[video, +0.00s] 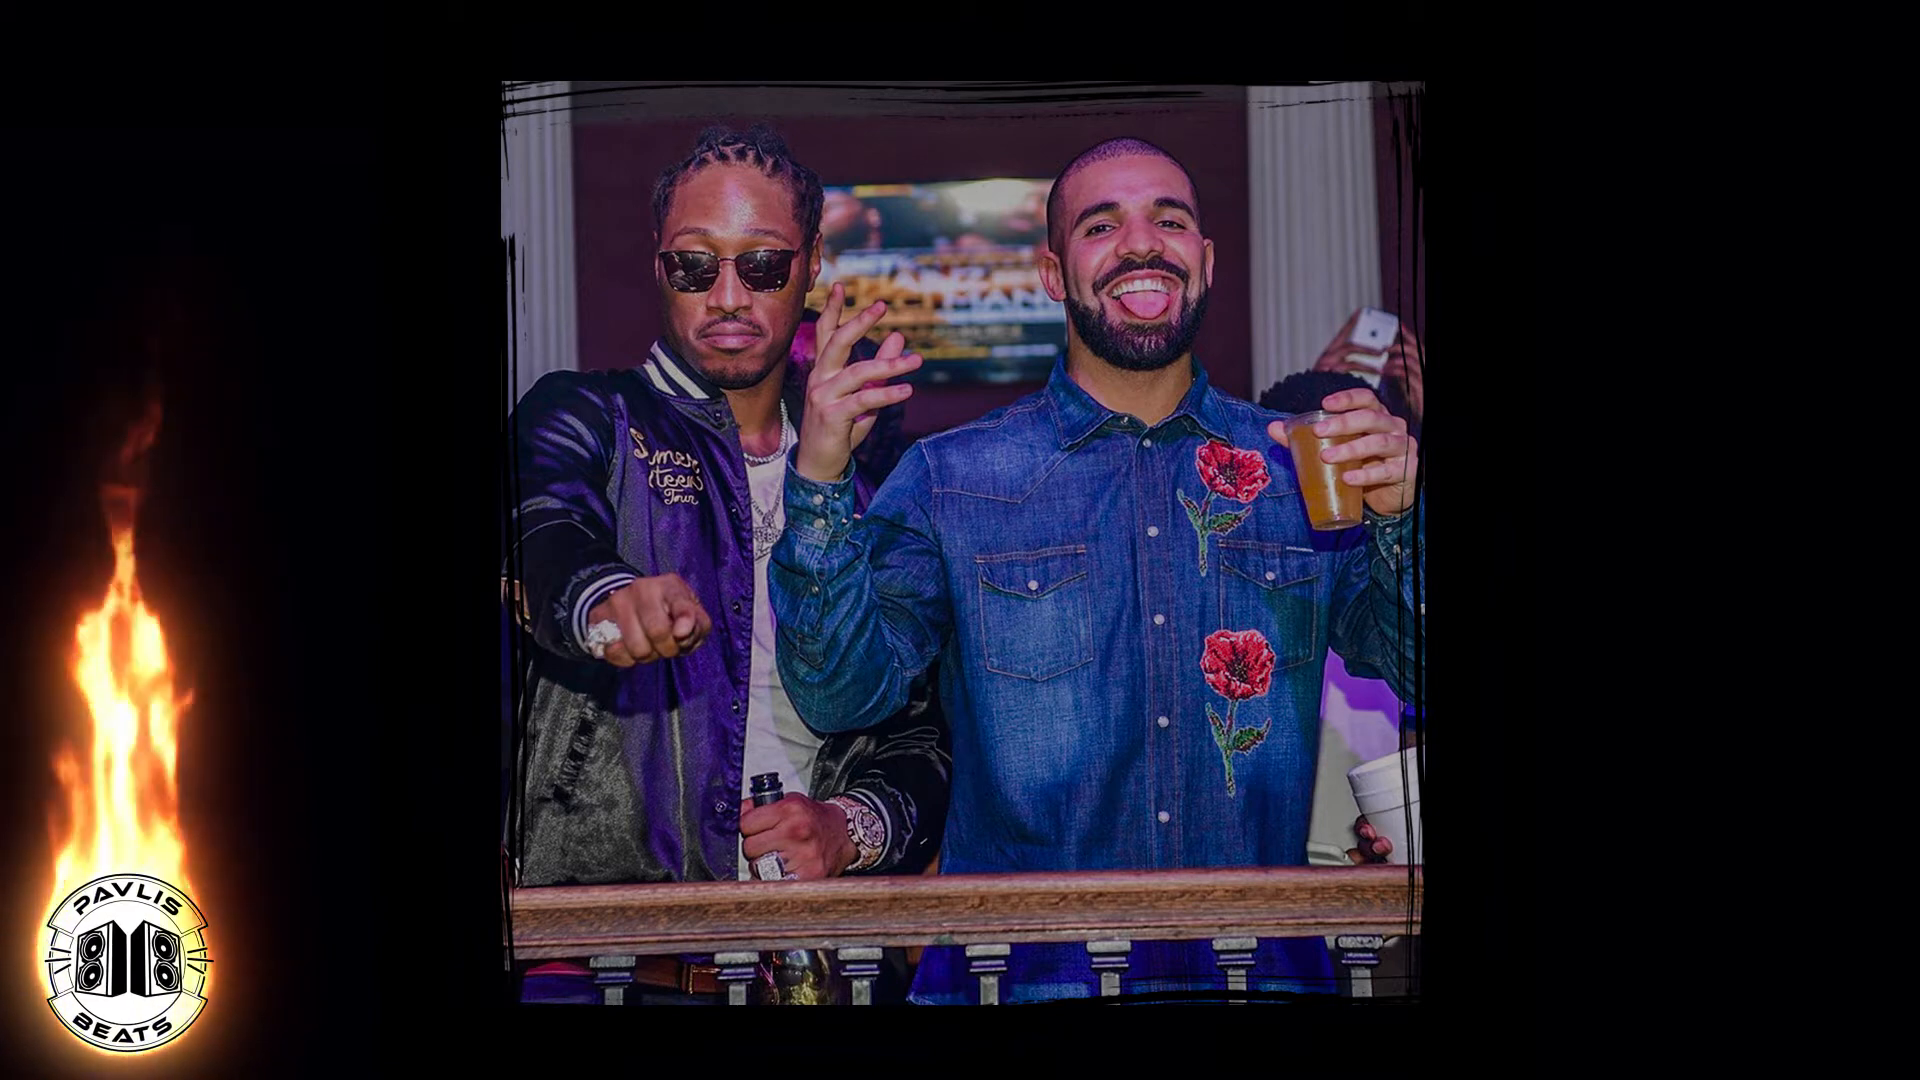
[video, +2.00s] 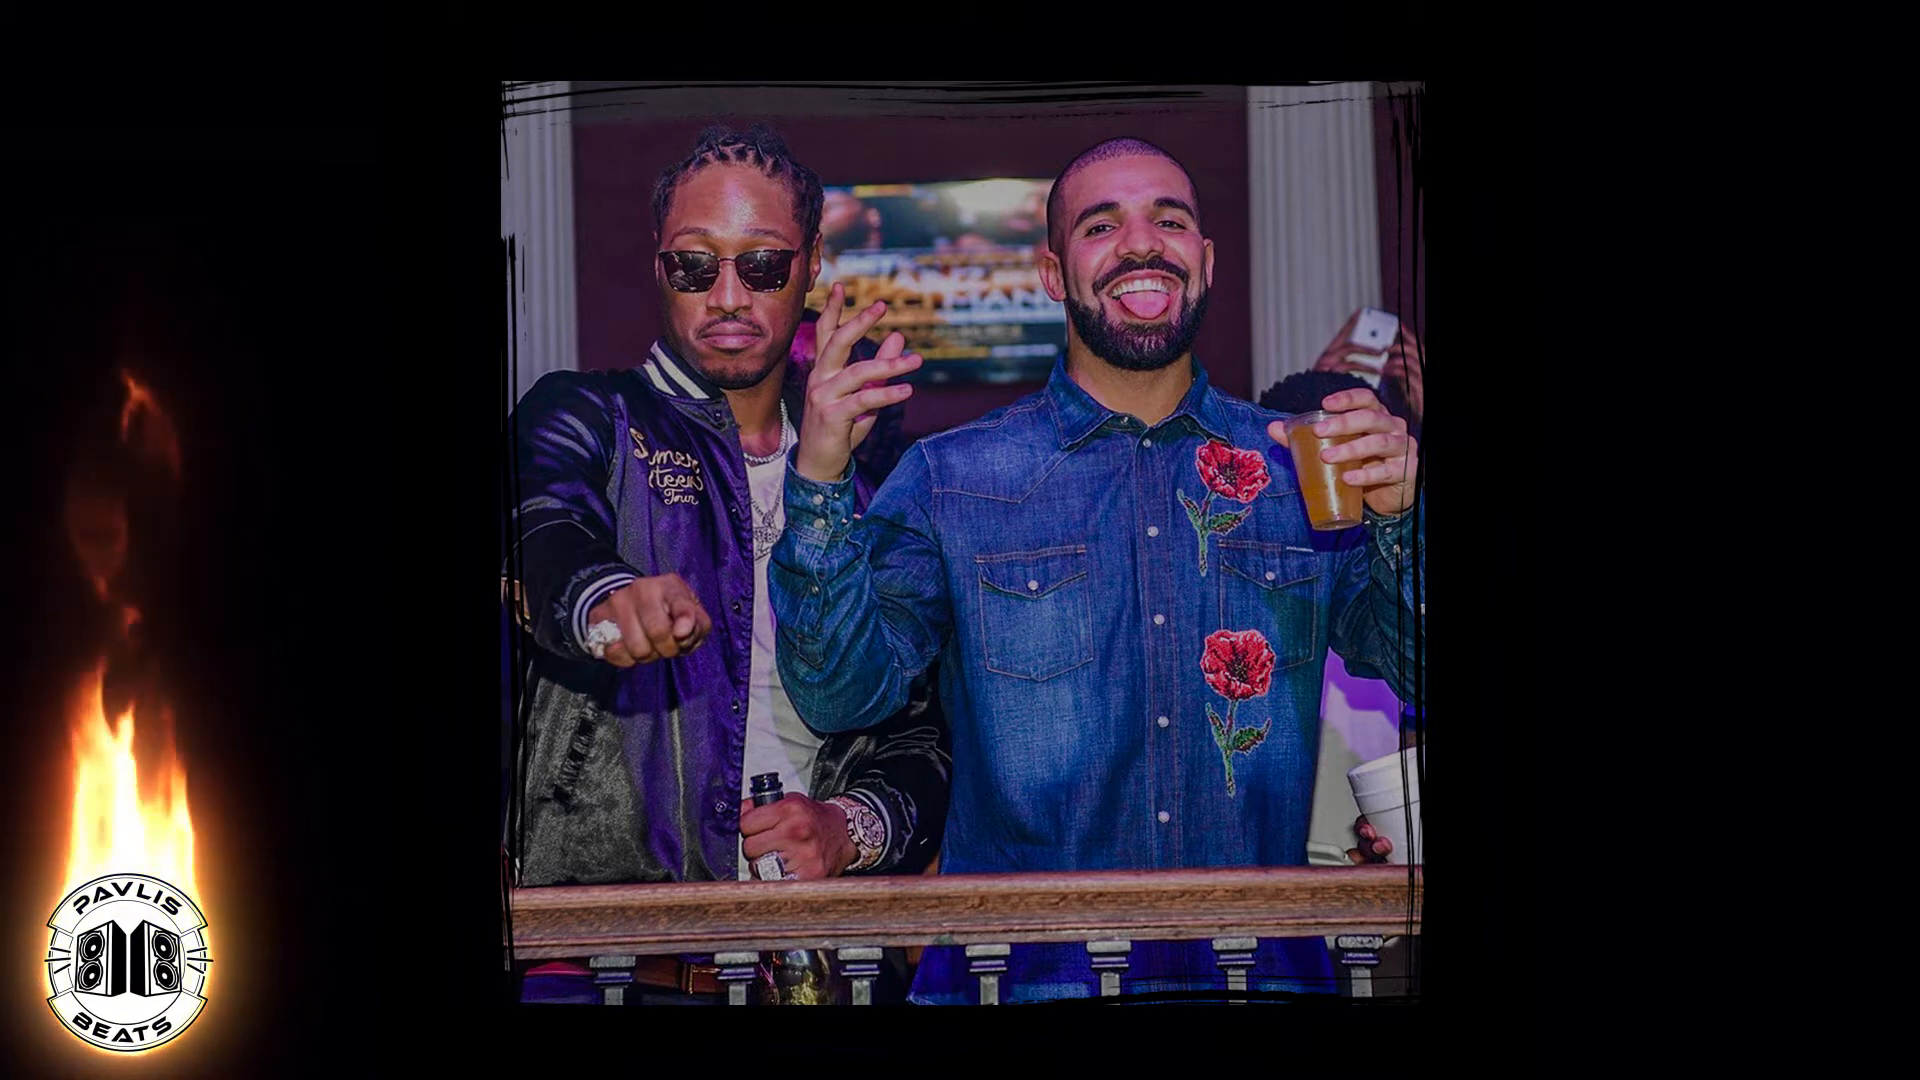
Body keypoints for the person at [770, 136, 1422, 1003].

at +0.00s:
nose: (1142, 242)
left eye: (1170, 219)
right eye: (1102, 225)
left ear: (1207, 259)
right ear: (1055, 273)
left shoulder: (1304, 469)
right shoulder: (945, 478)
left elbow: (1413, 673)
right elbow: (840, 692)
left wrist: (1402, 516)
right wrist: (818, 475)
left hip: (1255, 955)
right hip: (1022, 963)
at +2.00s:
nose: (1142, 242)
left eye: (1170, 219)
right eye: (1102, 225)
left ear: (1207, 259)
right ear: (1055, 273)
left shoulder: (1304, 469)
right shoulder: (945, 478)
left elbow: (1413, 673)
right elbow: (840, 692)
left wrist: (1402, 516)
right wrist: (818, 475)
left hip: (1255, 955)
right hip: (1022, 963)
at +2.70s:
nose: (1141, 241)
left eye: (1170, 219)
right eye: (1102, 225)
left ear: (1208, 259)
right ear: (1055, 273)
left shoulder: (1305, 469)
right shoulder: (945, 478)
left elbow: (1411, 671)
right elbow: (841, 692)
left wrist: (1401, 516)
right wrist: (818, 475)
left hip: (1256, 953)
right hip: (1022, 962)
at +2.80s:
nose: (1141, 241)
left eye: (1170, 219)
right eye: (1102, 225)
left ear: (1208, 259)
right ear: (1055, 273)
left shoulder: (1305, 469)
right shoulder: (945, 478)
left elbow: (1411, 671)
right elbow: (841, 692)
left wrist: (1401, 516)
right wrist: (818, 475)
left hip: (1256, 953)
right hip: (1022, 962)